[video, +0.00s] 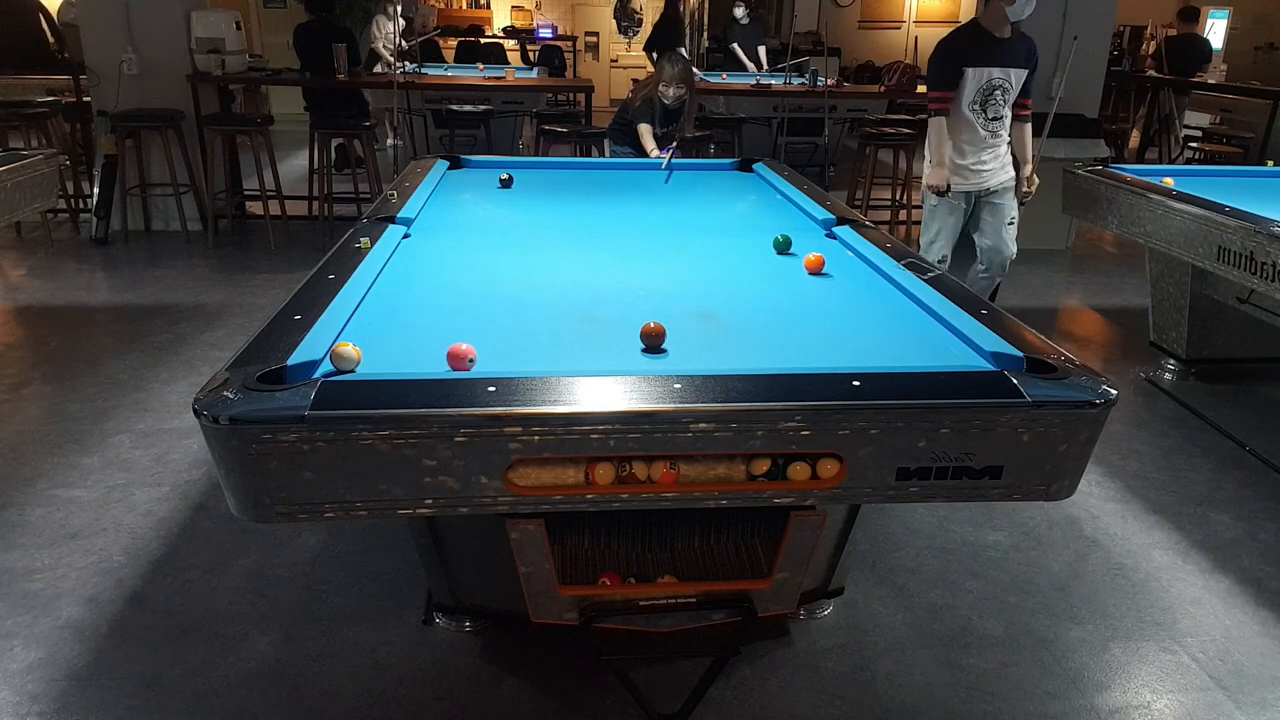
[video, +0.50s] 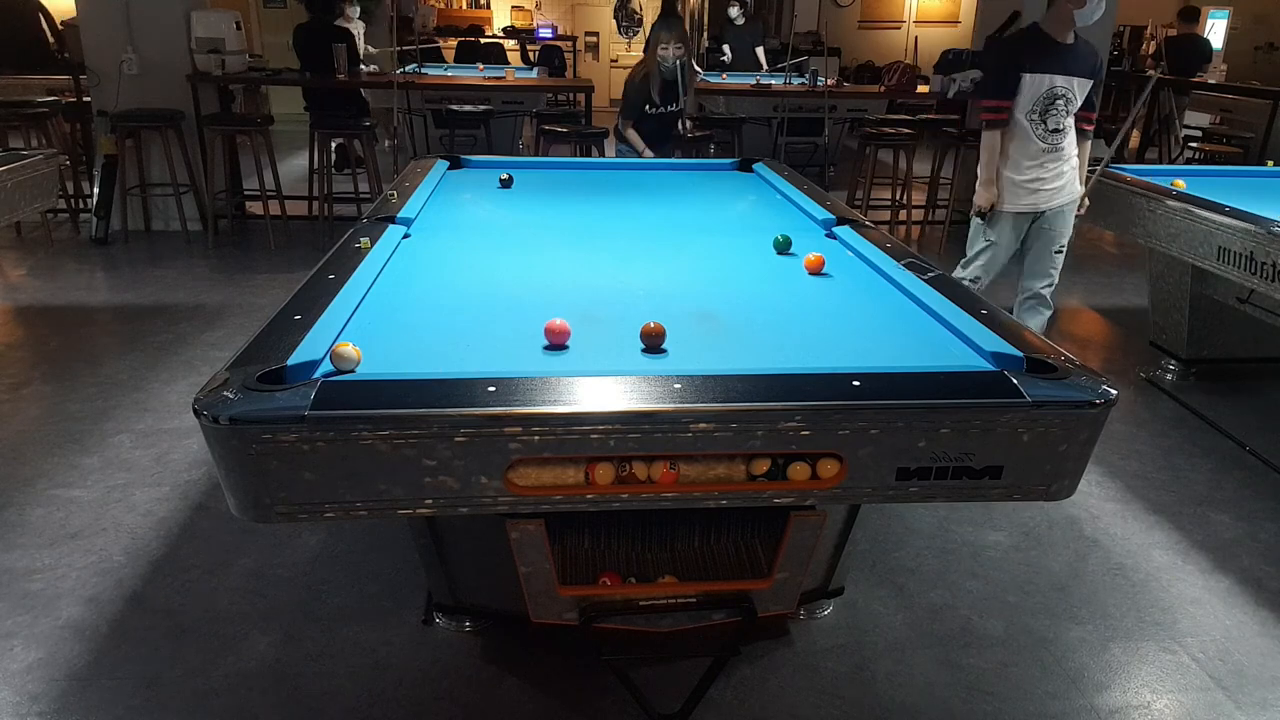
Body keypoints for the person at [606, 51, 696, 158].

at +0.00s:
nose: (672, 94)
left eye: (679, 88)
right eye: (665, 86)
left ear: (688, 87)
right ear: (657, 82)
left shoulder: (686, 97)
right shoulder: (643, 97)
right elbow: (644, 131)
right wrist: (655, 153)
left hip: (661, 142)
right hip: (626, 143)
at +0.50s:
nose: (671, 55)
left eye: (678, 48)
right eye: (664, 48)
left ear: (686, 48)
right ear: (653, 49)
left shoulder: (684, 71)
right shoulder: (640, 78)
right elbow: (625, 126)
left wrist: (683, 119)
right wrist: (646, 153)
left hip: (664, 143)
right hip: (632, 146)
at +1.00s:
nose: (661, 19)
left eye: (666, 12)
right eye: (652, 14)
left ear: (676, 16)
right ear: (642, 20)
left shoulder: (683, 53)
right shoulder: (633, 55)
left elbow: (687, 100)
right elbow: (639, 101)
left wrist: (691, 141)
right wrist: (659, 62)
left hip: (678, 147)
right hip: (642, 148)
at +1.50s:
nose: (713, 20)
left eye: (719, 13)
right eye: (705, 13)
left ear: (726, 18)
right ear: (693, 20)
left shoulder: (725, 58)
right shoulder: (681, 55)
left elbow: (725, 106)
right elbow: (689, 99)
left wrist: (729, 147)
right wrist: (710, 60)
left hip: (717, 143)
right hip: (684, 144)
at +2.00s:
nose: (770, 26)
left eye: (775, 19)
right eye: (762, 19)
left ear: (782, 25)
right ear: (749, 25)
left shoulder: (773, 66)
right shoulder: (733, 62)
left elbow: (774, 117)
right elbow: (707, 111)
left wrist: (779, 158)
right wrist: (744, 131)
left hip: (766, 159)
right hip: (732, 159)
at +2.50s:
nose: (927, 32)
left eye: (938, 25)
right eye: (918, 24)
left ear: (950, 32)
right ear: (904, 30)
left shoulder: (951, 84)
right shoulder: (881, 81)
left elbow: (953, 142)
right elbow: (862, 141)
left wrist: (957, 194)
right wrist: (855, 200)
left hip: (931, 201)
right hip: (884, 198)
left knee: (923, 285)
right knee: (883, 282)